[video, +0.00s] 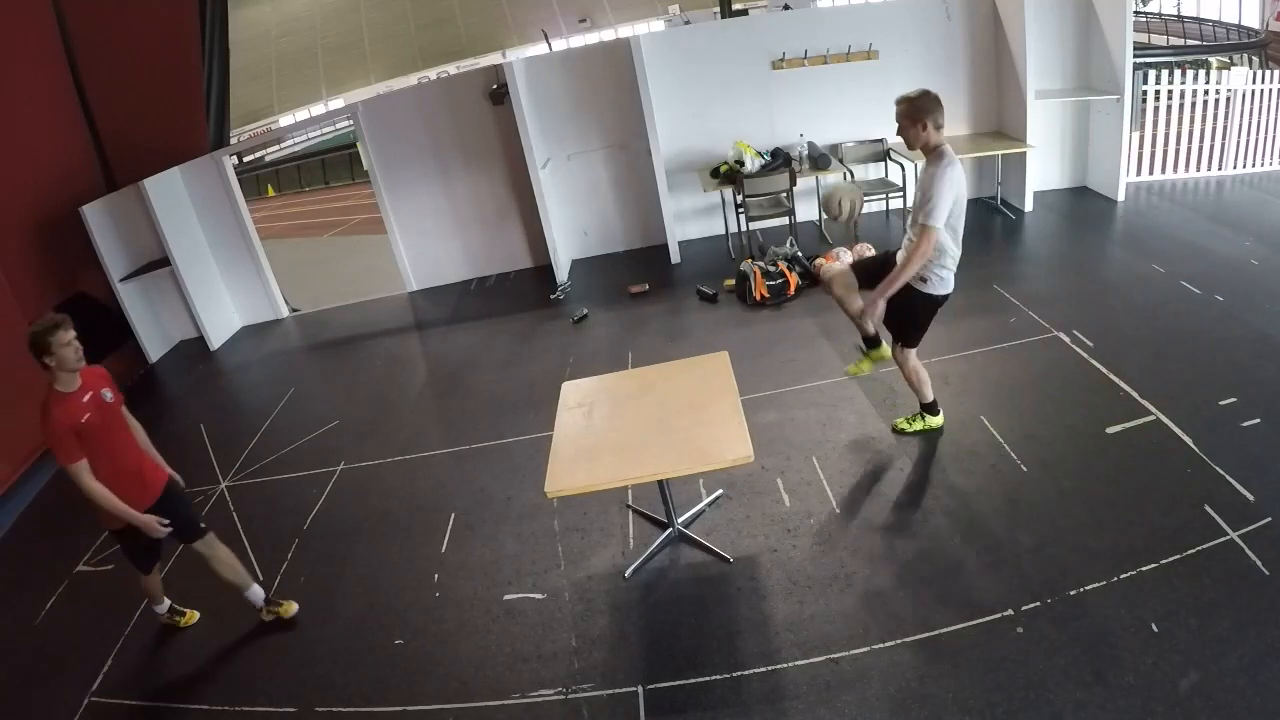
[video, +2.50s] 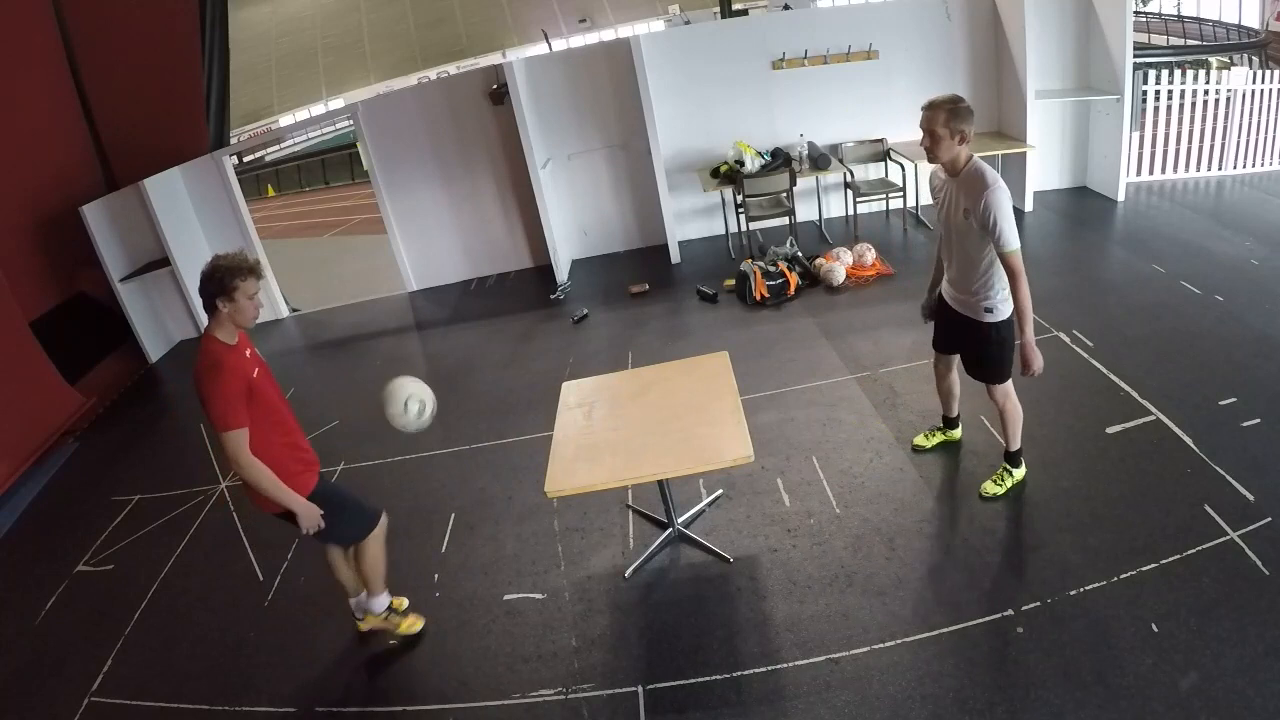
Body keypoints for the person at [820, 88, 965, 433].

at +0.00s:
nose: (898, 132)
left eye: (903, 125)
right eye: (898, 125)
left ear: (924, 126)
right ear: (926, 126)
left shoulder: (943, 175)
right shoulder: (934, 163)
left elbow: (924, 248)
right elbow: (924, 230)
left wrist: (879, 296)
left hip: (928, 278)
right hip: (908, 259)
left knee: (902, 353)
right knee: (839, 283)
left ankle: (931, 413)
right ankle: (875, 347)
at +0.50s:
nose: (858, 131)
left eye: (863, 123)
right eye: (857, 123)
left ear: (888, 118)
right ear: (883, 119)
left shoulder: (917, 167)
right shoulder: (878, 156)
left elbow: (938, 236)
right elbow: (866, 208)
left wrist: (946, 296)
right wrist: (833, 242)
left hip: (914, 264)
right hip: (898, 256)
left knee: (826, 282)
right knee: (904, 334)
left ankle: (875, 350)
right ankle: (914, 398)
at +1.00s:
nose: (857, 137)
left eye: (861, 128)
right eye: (856, 128)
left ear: (888, 125)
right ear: (887, 125)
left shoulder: (919, 180)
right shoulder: (880, 162)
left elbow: (927, 256)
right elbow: (880, 227)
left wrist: (895, 312)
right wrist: (852, 256)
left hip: (888, 292)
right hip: (857, 270)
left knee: (885, 371)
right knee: (793, 309)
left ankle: (904, 438)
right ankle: (844, 350)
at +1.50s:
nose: (856, 135)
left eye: (862, 128)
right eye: (854, 127)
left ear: (888, 127)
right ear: (873, 127)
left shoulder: (917, 176)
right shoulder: (864, 171)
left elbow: (933, 251)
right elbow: (855, 224)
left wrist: (910, 308)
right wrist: (833, 270)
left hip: (905, 294)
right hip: (874, 285)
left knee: (870, 374)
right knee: (866, 357)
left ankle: (899, 433)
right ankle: (882, 411)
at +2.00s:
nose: (901, 149)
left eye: (909, 141)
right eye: (900, 140)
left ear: (936, 142)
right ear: (905, 142)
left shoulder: (967, 195)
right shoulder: (912, 187)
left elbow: (982, 274)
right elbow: (911, 244)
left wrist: (946, 323)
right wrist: (897, 291)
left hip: (967, 311)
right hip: (925, 299)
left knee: (979, 394)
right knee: (900, 361)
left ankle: (1012, 462)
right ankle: (883, 412)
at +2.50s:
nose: (923, 141)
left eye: (932, 134)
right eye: (922, 132)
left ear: (962, 138)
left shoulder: (990, 192)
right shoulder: (939, 179)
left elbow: (1016, 271)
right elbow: (945, 241)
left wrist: (1028, 340)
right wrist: (932, 290)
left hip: (990, 312)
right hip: (952, 300)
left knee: (1000, 392)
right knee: (943, 365)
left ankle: (1015, 464)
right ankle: (950, 427)